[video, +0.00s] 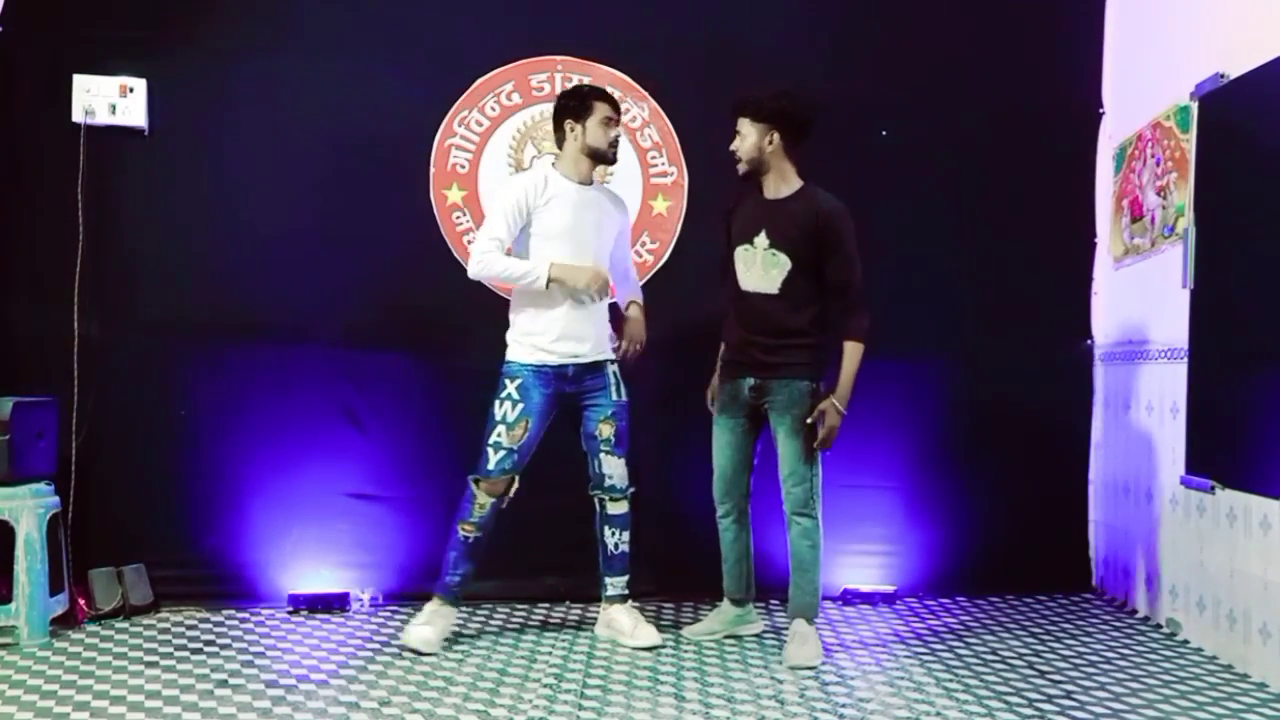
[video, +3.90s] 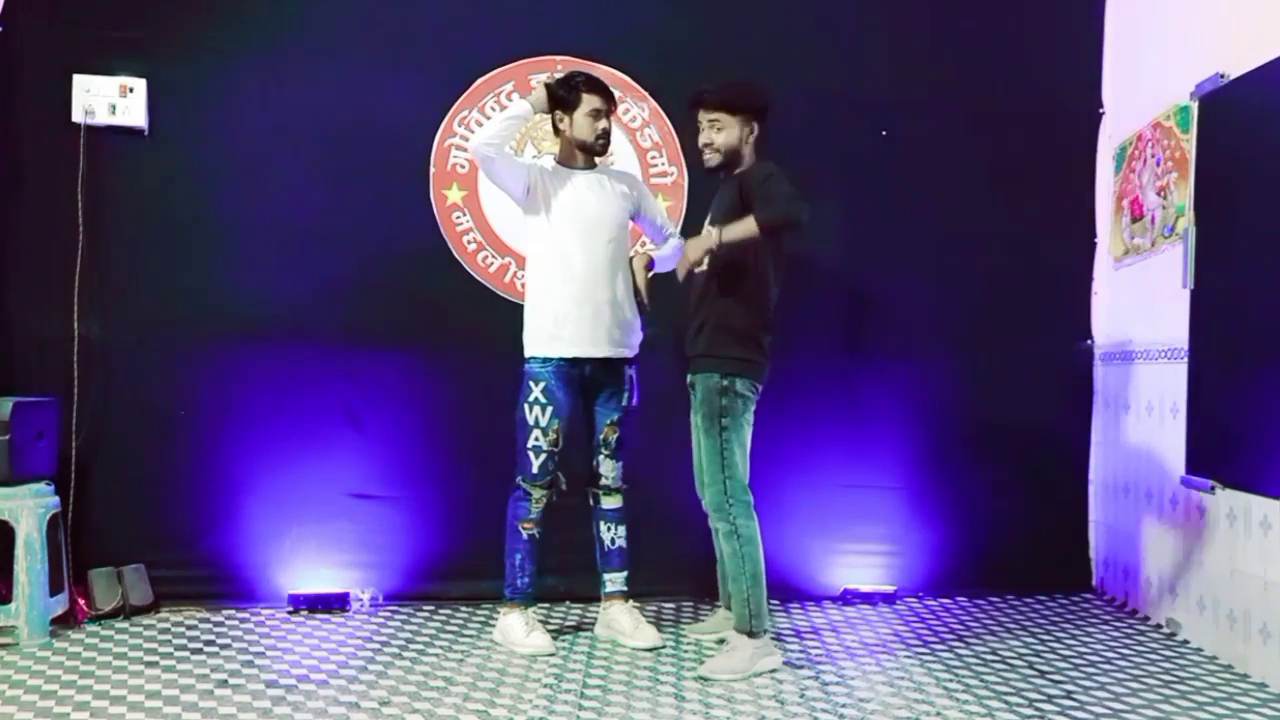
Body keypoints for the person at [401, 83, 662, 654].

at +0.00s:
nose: (617, 133)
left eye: (618, 125)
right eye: (607, 123)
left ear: (591, 133)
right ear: (571, 128)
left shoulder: (614, 207)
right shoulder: (525, 188)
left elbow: (624, 272)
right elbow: (483, 262)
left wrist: (634, 308)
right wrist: (556, 273)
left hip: (598, 362)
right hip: (532, 360)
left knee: (613, 481)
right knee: (493, 479)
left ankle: (616, 605)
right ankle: (445, 603)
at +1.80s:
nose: (624, 131)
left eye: (630, 123)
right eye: (614, 119)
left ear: (632, 127)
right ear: (583, 116)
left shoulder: (638, 185)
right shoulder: (548, 176)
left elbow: (678, 253)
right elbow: (489, 249)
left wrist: (657, 262)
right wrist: (530, 195)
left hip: (628, 351)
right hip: (564, 350)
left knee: (617, 481)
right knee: (544, 480)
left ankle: (616, 605)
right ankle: (516, 611)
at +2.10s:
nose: (593, 151)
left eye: (601, 140)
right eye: (582, 142)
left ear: (617, 128)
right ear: (561, 132)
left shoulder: (644, 188)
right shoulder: (550, 181)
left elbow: (689, 250)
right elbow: (494, 161)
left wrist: (663, 259)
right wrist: (542, 116)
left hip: (625, 352)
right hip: (560, 350)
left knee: (617, 479)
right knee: (543, 478)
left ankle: (615, 604)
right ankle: (516, 610)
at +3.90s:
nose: (606, 125)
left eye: (608, 115)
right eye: (595, 115)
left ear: (605, 120)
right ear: (560, 120)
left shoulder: (626, 182)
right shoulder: (536, 179)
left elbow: (670, 243)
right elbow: (485, 153)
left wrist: (656, 259)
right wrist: (532, 115)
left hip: (615, 350)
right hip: (552, 349)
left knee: (610, 477)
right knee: (538, 478)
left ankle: (615, 604)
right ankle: (515, 611)